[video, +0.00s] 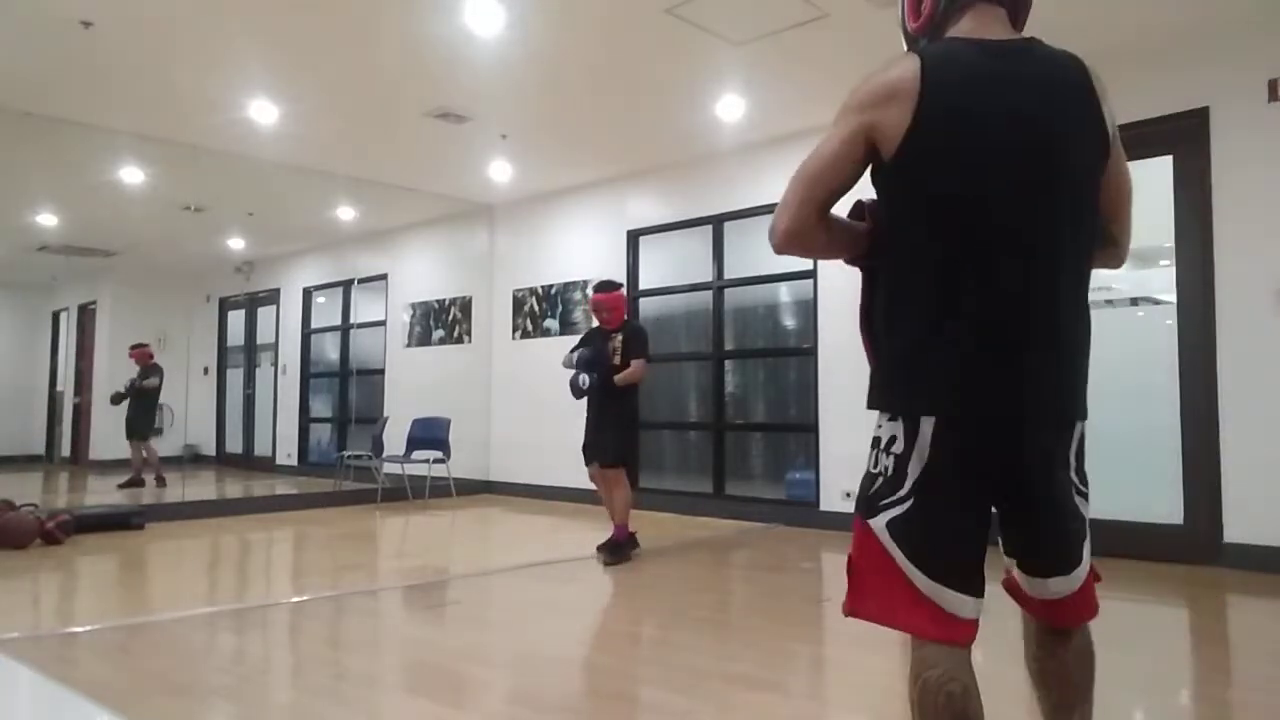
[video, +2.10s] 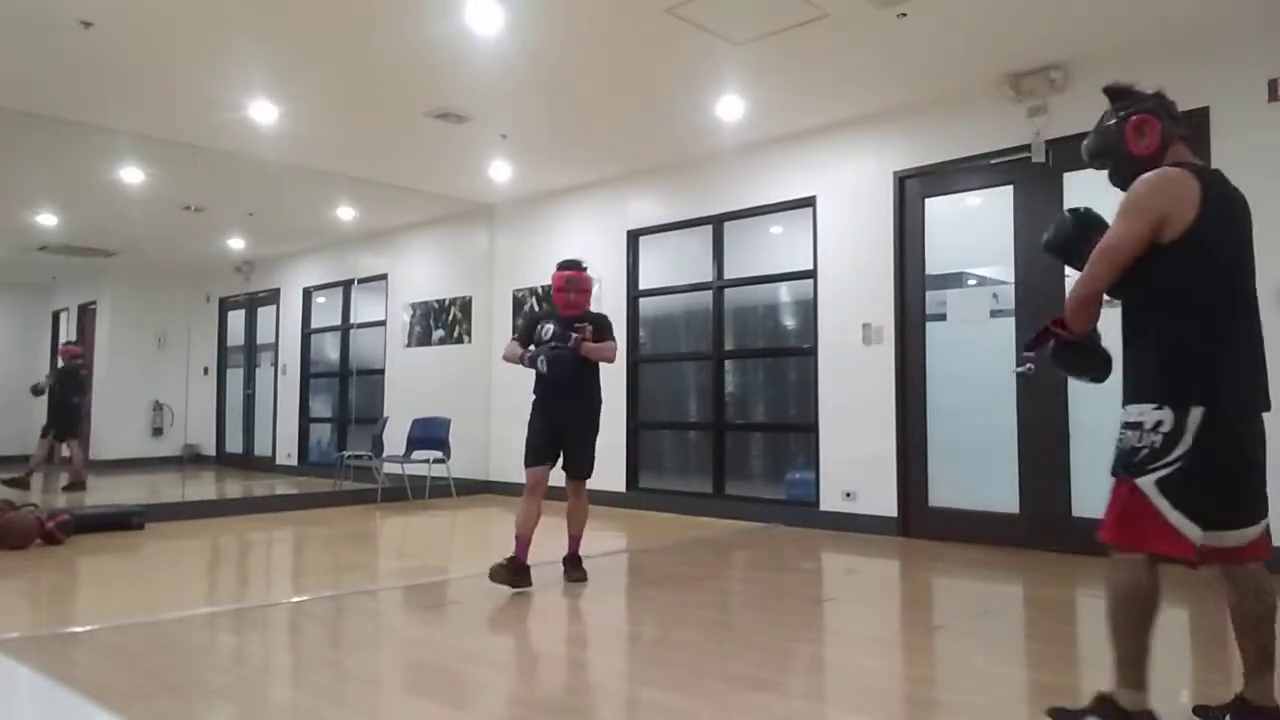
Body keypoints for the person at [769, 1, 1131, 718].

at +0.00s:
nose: (906, 21)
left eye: (908, 14)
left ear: (923, 10)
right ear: (1021, 9)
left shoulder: (895, 84)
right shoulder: (1076, 80)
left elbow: (793, 227)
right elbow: (1111, 244)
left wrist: (870, 239)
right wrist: (1009, 241)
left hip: (932, 393)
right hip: (1048, 391)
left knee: (939, 635)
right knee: (1061, 616)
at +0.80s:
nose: (975, 91)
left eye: (976, 80)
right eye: (975, 83)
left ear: (994, 73)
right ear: (1068, 83)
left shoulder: (971, 144)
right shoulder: (1111, 158)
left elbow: (906, 272)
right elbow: (1069, 272)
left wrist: (891, 235)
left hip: (979, 395)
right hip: (1072, 396)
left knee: (941, 573)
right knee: (1048, 590)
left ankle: (928, 710)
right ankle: (1037, 718)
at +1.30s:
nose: (975, 143)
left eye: (976, 132)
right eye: (973, 134)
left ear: (991, 126)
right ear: (1055, 126)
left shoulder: (978, 196)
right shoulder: (1115, 182)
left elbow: (933, 317)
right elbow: (1120, 289)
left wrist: (913, 280)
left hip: (1015, 408)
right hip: (1100, 404)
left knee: (1020, 570)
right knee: (1081, 568)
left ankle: (1044, 704)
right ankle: (1041, 697)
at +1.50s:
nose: (987, 149)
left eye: (988, 138)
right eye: (987, 140)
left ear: (1004, 134)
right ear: (1063, 133)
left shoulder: (990, 210)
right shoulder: (1121, 184)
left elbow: (934, 316)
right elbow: (1168, 285)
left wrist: (940, 282)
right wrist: (1094, 285)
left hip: (1032, 412)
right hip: (1117, 408)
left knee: (1030, 563)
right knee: (1137, 556)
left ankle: (1044, 706)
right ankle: (1128, 682)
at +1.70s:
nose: (1019, 146)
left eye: (1021, 135)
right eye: (1018, 137)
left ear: (1038, 131)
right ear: (1093, 128)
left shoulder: (1023, 203)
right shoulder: (1150, 186)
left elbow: (991, 315)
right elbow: (1175, 289)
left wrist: (1048, 287)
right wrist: (1112, 279)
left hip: (1056, 407)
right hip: (1140, 403)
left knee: (1040, 557)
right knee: (1179, 551)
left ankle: (1044, 704)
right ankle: (1247, 691)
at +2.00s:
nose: (1098, 176)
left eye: (1098, 163)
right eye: (1095, 166)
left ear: (1121, 137)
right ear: (1155, 136)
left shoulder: (1127, 195)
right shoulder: (1222, 201)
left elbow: (1066, 299)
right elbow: (1168, 281)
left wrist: (1054, 352)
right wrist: (1076, 265)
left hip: (1146, 403)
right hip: (1221, 404)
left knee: (1087, 542)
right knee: (1229, 557)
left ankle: (1073, 695)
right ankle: (1258, 699)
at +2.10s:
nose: (1114, 174)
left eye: (1114, 158)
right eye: (1109, 163)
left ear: (1145, 134)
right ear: (1169, 135)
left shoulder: (1157, 189)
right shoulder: (1224, 194)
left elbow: (1086, 294)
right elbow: (1177, 280)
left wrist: (1077, 340)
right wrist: (1106, 245)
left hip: (1172, 400)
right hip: (1236, 399)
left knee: (1127, 543)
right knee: (1242, 552)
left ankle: (1128, 697)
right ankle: (1261, 697)